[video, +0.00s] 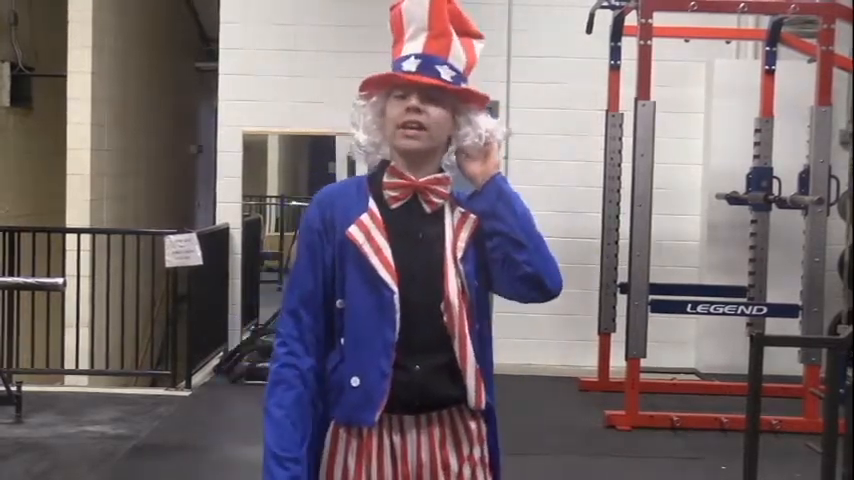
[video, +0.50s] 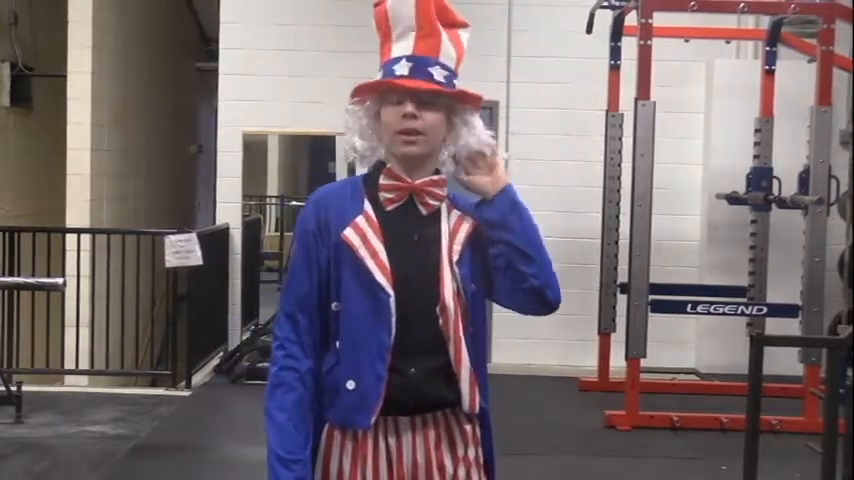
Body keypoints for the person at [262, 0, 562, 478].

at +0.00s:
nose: (414, 107)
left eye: (432, 99)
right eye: (401, 95)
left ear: (456, 121)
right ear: (382, 111)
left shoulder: (475, 211)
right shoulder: (335, 207)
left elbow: (542, 285)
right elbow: (298, 346)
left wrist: (488, 183)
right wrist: (286, 467)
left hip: (455, 437)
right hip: (358, 440)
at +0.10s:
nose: (415, 107)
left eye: (433, 99)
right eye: (402, 95)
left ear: (457, 120)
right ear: (382, 111)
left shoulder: (474, 211)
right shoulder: (334, 208)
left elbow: (542, 286)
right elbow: (298, 347)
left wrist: (490, 182)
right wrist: (286, 467)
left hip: (455, 438)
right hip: (358, 441)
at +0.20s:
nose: (415, 108)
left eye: (433, 99)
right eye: (402, 95)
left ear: (456, 121)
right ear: (383, 111)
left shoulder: (475, 211)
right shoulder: (334, 208)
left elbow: (541, 286)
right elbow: (298, 347)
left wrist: (489, 183)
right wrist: (288, 467)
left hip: (455, 438)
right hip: (358, 442)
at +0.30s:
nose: (413, 109)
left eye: (431, 101)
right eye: (401, 97)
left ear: (455, 122)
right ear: (381, 113)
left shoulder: (475, 211)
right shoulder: (334, 208)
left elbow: (540, 288)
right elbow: (298, 346)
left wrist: (490, 183)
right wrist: (289, 467)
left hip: (454, 439)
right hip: (357, 442)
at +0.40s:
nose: (411, 111)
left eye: (430, 102)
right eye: (398, 98)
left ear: (453, 122)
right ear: (378, 114)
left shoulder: (474, 211)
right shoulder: (332, 210)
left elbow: (541, 292)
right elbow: (298, 347)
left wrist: (490, 192)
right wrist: (290, 468)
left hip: (454, 440)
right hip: (357, 443)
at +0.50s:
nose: (410, 112)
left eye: (427, 103)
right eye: (395, 100)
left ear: (452, 122)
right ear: (375, 117)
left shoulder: (474, 214)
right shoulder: (329, 209)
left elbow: (541, 297)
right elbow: (296, 345)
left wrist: (499, 197)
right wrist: (289, 466)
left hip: (451, 439)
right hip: (355, 443)